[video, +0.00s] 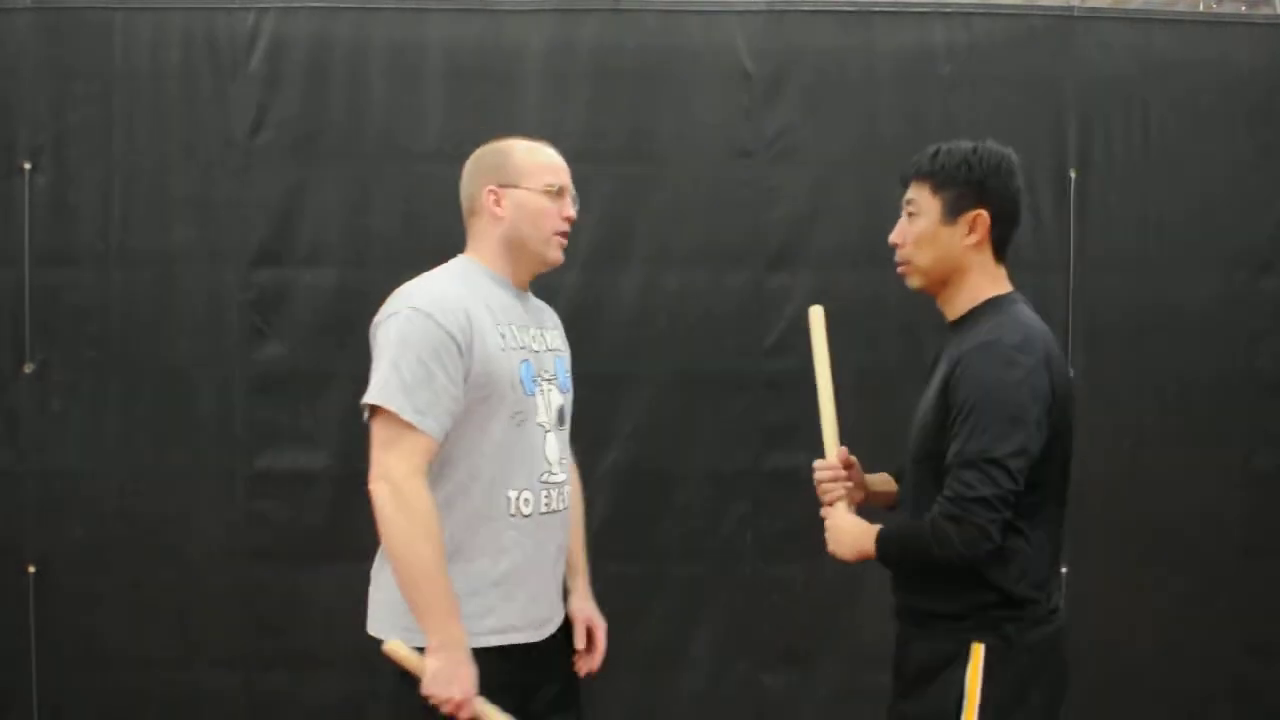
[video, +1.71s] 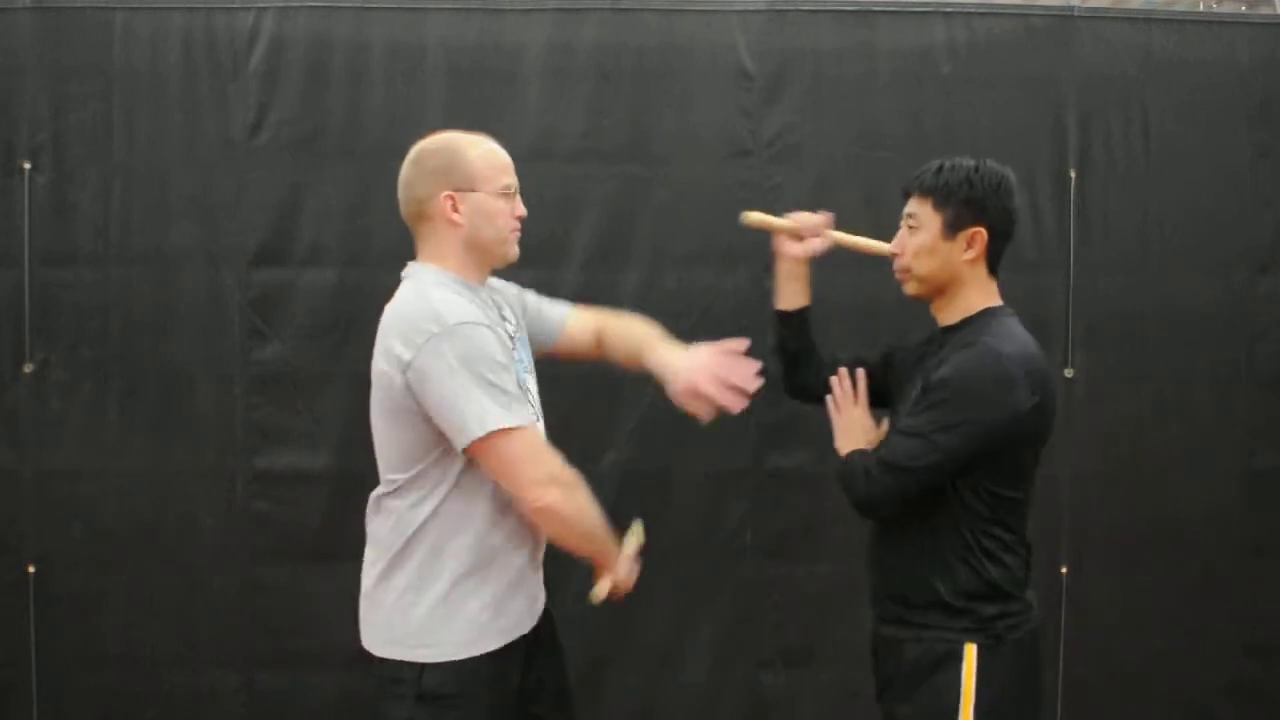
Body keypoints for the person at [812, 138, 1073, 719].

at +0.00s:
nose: (893, 236)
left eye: (912, 215)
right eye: (901, 216)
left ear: (974, 228)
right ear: (967, 229)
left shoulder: (1003, 354)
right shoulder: (978, 342)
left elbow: (970, 531)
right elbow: (957, 486)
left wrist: (871, 540)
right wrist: (875, 490)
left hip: (984, 656)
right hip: (957, 647)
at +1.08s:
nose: (905, 240)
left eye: (923, 222)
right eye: (911, 221)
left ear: (982, 238)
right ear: (978, 240)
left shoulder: (1001, 352)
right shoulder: (982, 342)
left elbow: (943, 513)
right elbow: (941, 470)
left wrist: (877, 537)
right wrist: (843, 467)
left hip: (983, 637)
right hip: (961, 630)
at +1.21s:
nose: (907, 243)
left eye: (923, 226)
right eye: (912, 225)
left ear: (981, 240)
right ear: (978, 243)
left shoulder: (990, 350)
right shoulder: (992, 336)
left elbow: (886, 492)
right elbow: (930, 438)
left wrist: (868, 482)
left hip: (975, 624)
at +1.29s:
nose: (903, 245)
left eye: (921, 227)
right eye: (909, 227)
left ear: (977, 240)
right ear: (973, 241)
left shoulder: (975, 347)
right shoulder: (1002, 331)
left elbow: (868, 476)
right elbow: (920, 417)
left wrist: (909, 442)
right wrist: (857, 344)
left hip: (971, 615)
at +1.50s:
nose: (904, 246)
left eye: (918, 230)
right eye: (908, 229)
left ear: (974, 242)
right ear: (970, 245)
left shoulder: (967, 352)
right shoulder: (1001, 334)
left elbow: (860, 469)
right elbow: (873, 388)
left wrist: (886, 414)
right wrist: (875, 279)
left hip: (964, 620)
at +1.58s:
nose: (899, 246)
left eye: (916, 230)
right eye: (905, 229)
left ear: (973, 244)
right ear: (966, 245)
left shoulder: (978, 355)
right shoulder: (970, 339)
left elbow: (863, 479)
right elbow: (848, 379)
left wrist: (871, 430)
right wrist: (854, 270)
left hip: (963, 629)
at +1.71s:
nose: (895, 247)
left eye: (912, 228)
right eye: (900, 228)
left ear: (971, 244)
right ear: (966, 246)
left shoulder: (998, 363)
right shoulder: (934, 352)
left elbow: (878, 492)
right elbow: (806, 378)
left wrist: (855, 445)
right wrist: (792, 265)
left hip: (968, 650)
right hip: (919, 642)